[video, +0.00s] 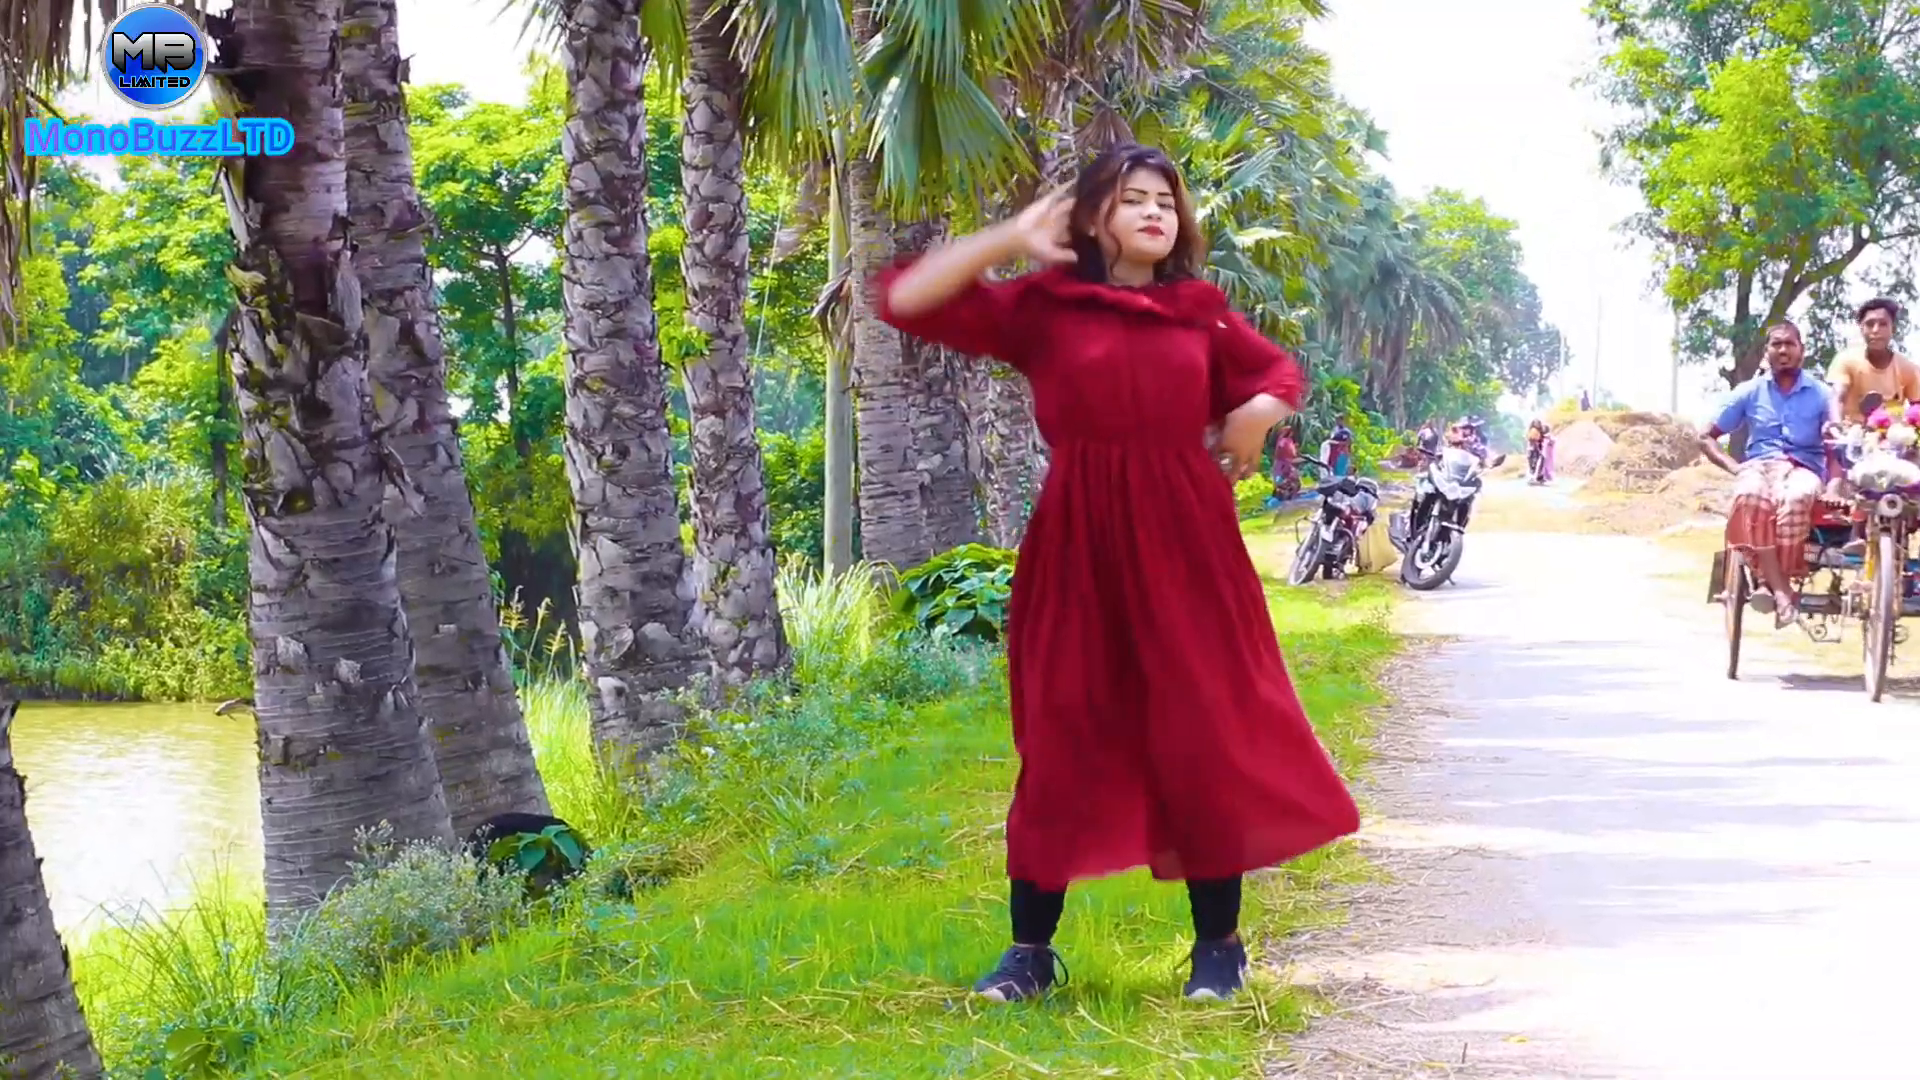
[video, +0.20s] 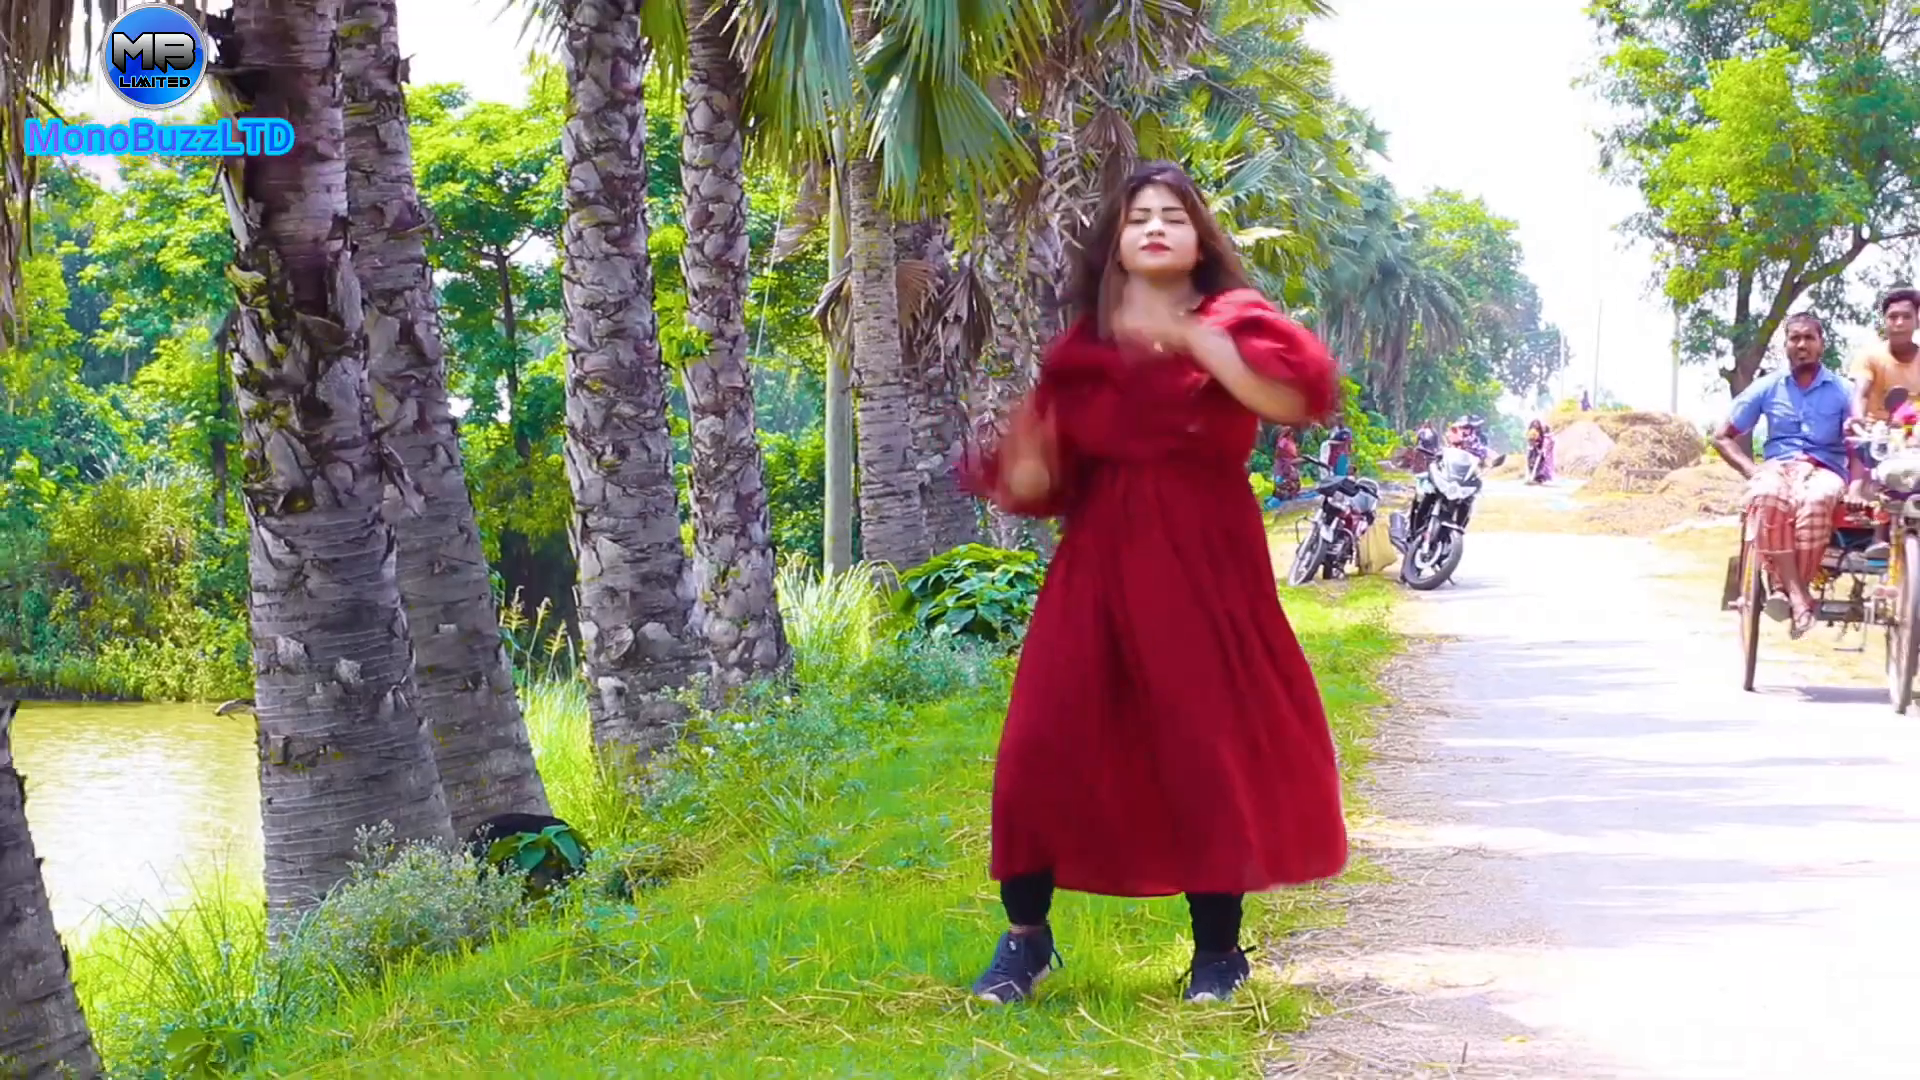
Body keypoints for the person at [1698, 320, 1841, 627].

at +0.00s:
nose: (1782, 350)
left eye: (1789, 344)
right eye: (1776, 344)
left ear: (1802, 350)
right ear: (1767, 351)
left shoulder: (1821, 393)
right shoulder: (1752, 390)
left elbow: (1834, 446)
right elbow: (1704, 436)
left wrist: (1835, 487)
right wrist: (1735, 467)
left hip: (1803, 467)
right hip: (1759, 463)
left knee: (1798, 499)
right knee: (1749, 500)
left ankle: (1772, 586)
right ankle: (1781, 594)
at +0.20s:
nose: (1801, 345)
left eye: (1809, 338)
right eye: (1794, 338)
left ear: (1822, 343)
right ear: (1785, 345)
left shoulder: (1843, 389)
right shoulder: (1768, 385)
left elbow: (1856, 444)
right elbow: (1721, 436)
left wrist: (1856, 487)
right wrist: (1753, 472)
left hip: (1826, 467)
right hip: (1778, 463)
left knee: (1816, 503)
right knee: (1767, 498)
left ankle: (1792, 590)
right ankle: (1797, 598)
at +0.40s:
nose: (1857, 329)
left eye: (1865, 322)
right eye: (1849, 323)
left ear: (1879, 328)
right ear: (1839, 330)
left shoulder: (1899, 379)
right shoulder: (1819, 375)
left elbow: (1912, 437)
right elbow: (1767, 430)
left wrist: (1913, 481)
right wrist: (1799, 466)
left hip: (1880, 465)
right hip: (1827, 460)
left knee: (1871, 501)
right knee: (1815, 498)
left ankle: (1854, 601)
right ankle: (1853, 609)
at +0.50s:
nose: (1853, 330)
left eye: (1861, 322)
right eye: (1845, 323)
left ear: (1874, 329)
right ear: (1833, 330)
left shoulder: (1894, 381)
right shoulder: (1811, 376)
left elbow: (1909, 442)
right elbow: (1759, 431)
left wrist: (1909, 485)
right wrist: (1793, 469)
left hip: (1875, 466)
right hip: (1822, 463)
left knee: (1865, 506)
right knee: (1812, 502)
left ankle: (1843, 603)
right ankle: (1846, 612)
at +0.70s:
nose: (1876, 320)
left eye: (1884, 312)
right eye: (1867, 312)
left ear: (1900, 319)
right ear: (1856, 319)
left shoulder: (1913, 371)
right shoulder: (1834, 369)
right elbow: (1777, 424)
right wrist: (1812, 466)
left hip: (1900, 463)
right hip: (1844, 461)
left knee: (1893, 504)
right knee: (1835, 502)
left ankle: (1868, 612)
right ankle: (1872, 624)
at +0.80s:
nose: (1906, 313)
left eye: (1915, 304)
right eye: (1898, 304)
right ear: (1885, 311)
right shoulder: (1865, 364)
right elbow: (1804, 427)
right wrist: (1841, 467)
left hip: (1913, 462)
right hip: (1875, 462)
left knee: (1913, 521)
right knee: (1866, 506)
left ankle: (1897, 620)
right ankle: (1904, 631)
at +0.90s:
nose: (1867, 319)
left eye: (1876, 311)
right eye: (1858, 312)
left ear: (1890, 317)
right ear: (1845, 321)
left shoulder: (1909, 375)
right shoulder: (1825, 372)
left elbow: (1916, 439)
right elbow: (1769, 431)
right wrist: (1802, 471)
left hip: (1893, 466)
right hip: (1834, 465)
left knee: (1891, 507)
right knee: (1822, 507)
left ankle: (1858, 617)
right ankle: (1866, 628)